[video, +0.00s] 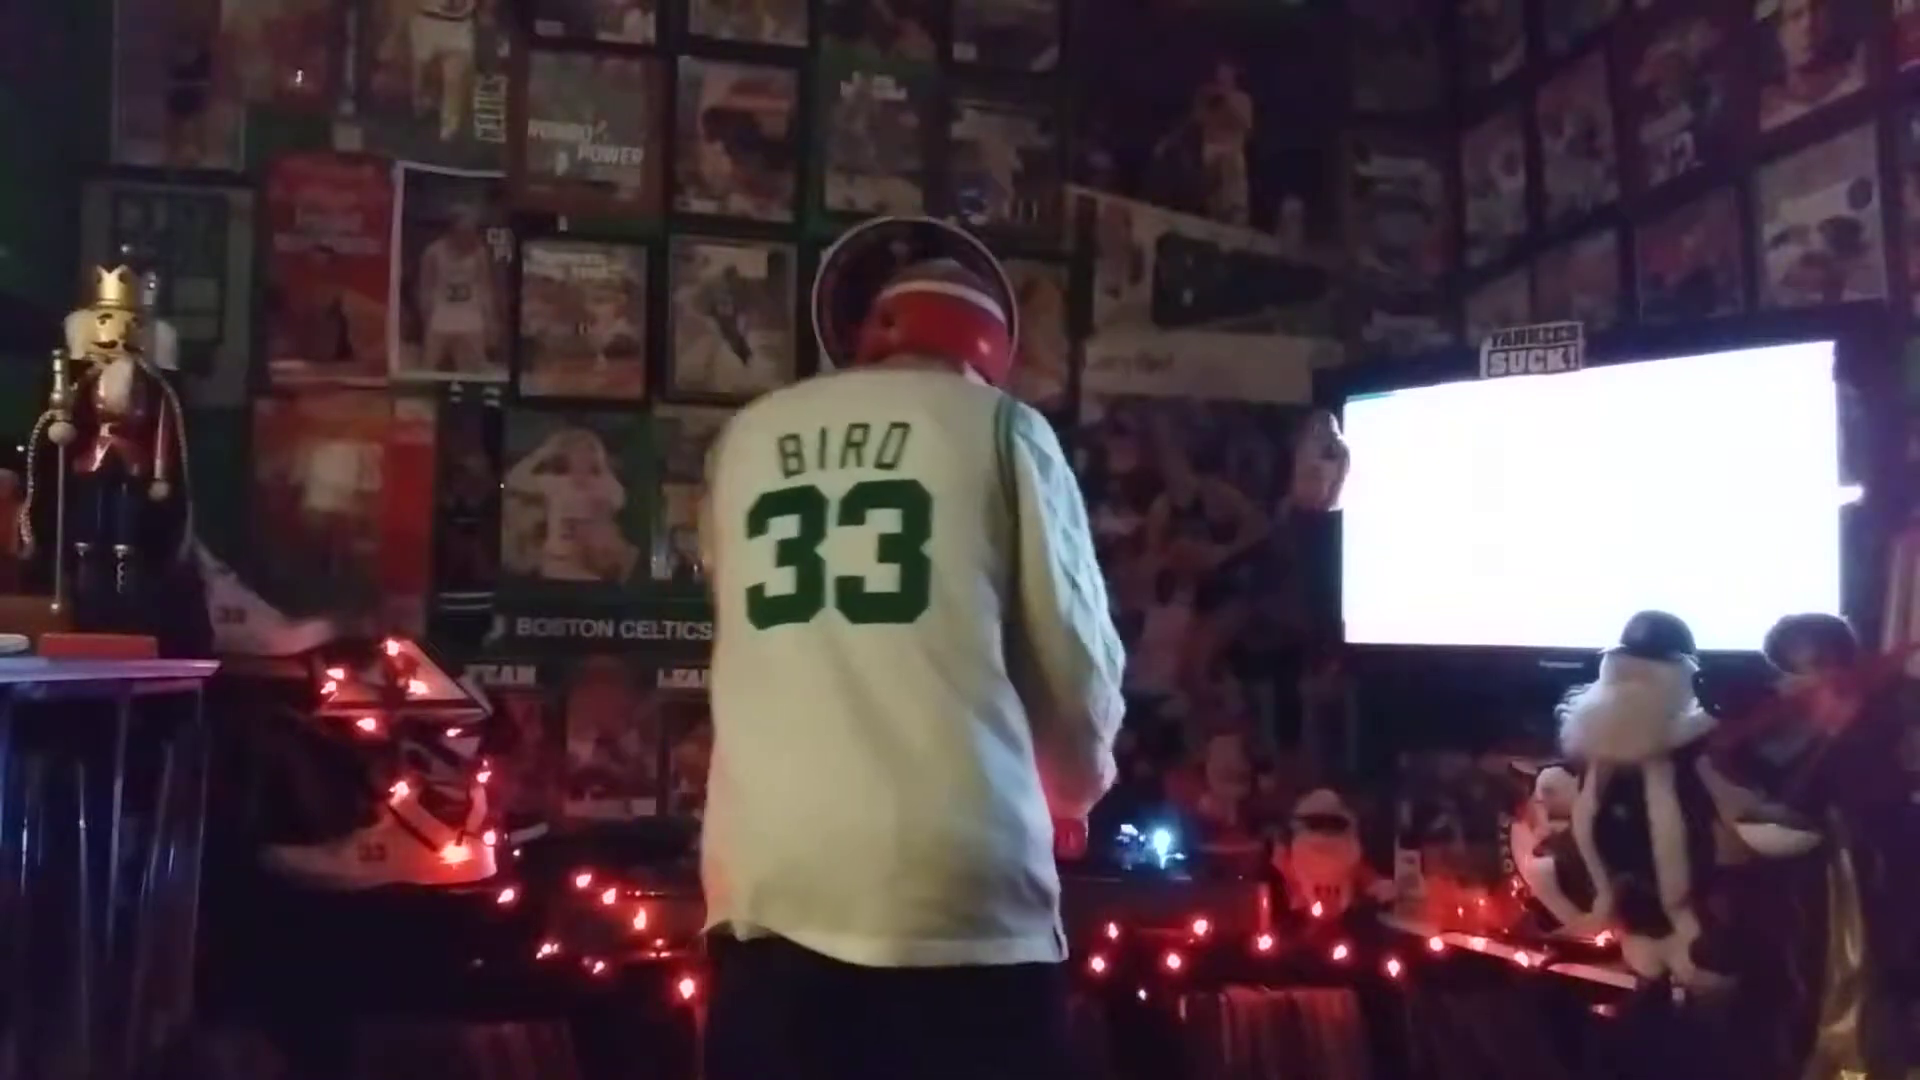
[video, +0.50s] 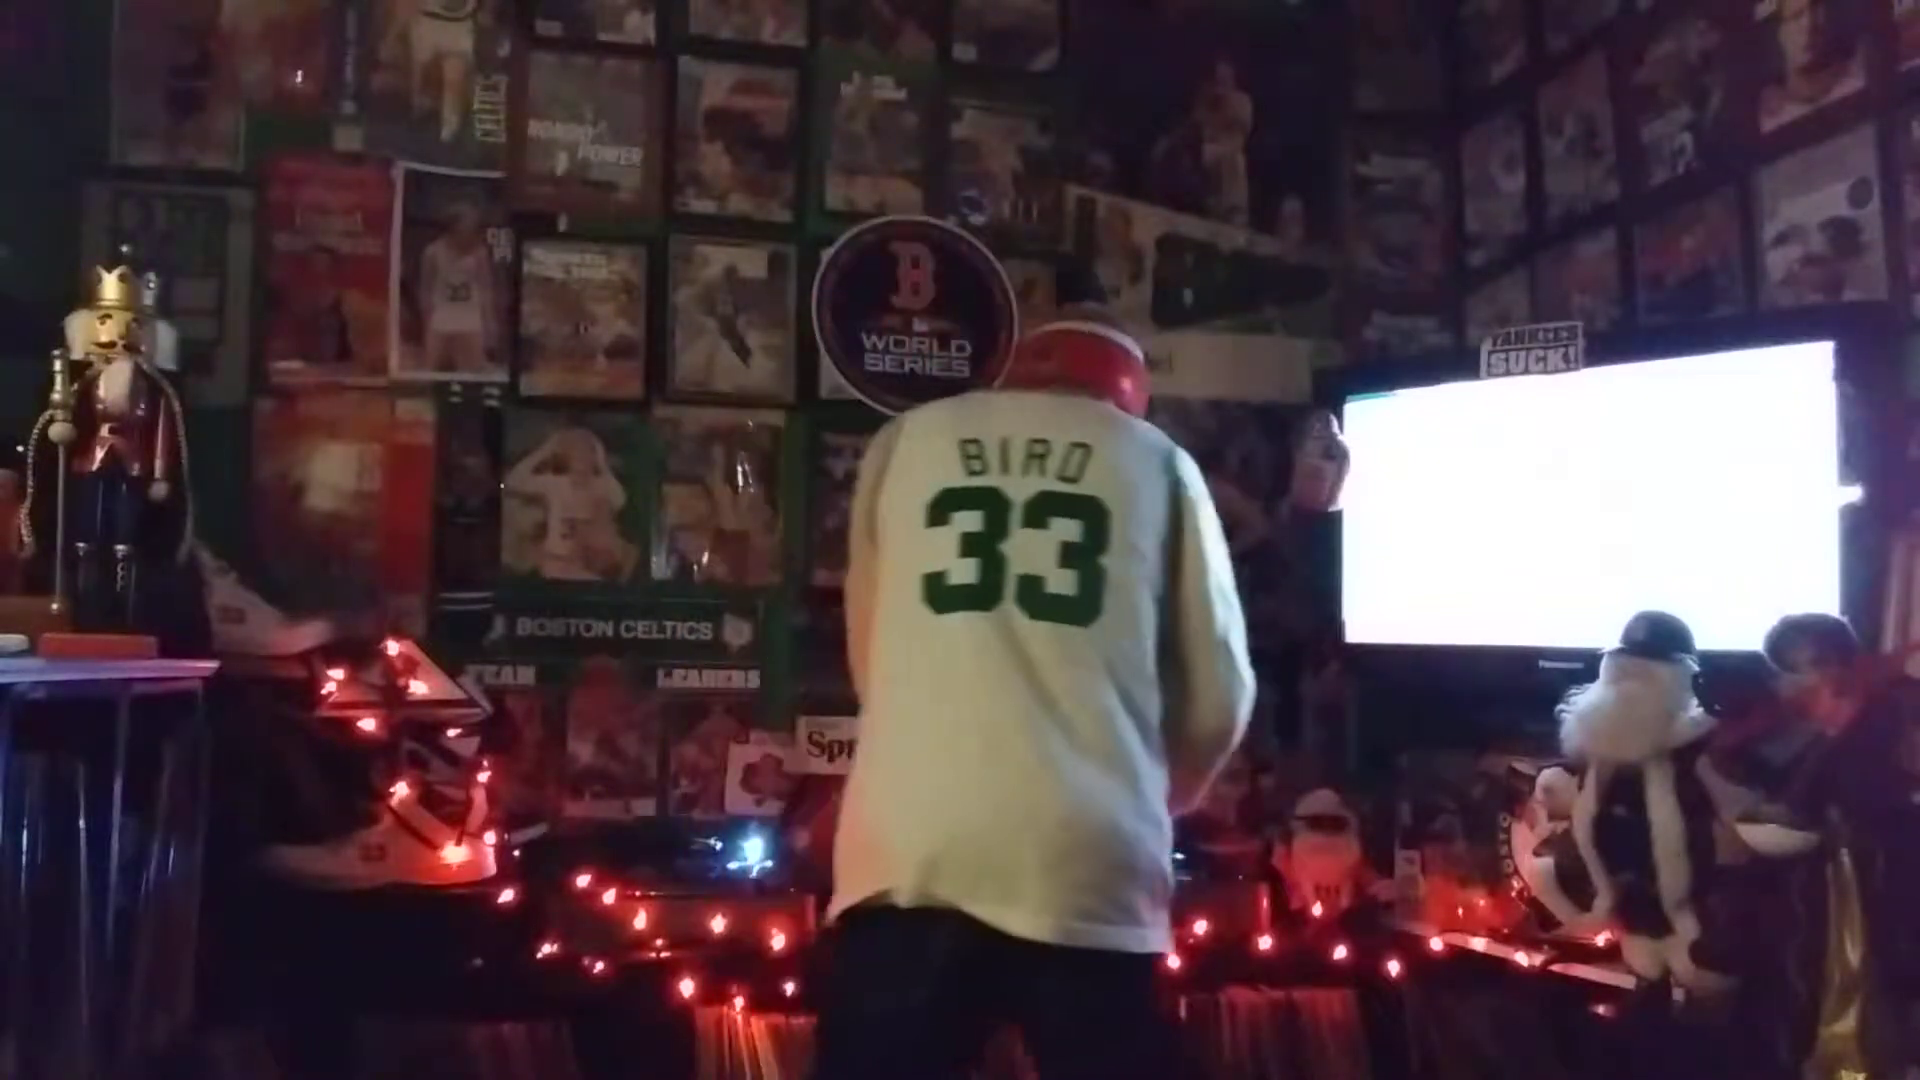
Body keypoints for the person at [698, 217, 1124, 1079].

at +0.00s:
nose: (999, 380)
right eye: (1001, 366)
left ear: (874, 330)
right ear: (989, 356)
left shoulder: (748, 434)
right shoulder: (1007, 429)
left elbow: (755, 645)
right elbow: (1079, 674)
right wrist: (1065, 802)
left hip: (772, 912)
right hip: (968, 914)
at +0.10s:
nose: (1032, 392)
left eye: (1030, 378)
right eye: (1028, 376)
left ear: (896, 355)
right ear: (1007, 365)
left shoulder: (779, 440)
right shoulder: (1033, 438)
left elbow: (780, 650)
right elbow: (1104, 680)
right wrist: (1062, 823)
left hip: (787, 903)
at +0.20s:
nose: (1061, 401)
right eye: (1060, 388)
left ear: (930, 362)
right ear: (1043, 380)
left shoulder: (812, 444)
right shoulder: (1067, 446)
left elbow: (815, 655)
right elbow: (1133, 684)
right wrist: (1078, 827)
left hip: (816, 906)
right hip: (1012, 915)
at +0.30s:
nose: (1092, 408)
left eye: (1091, 397)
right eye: (1091, 395)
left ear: (968, 363)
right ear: (1074, 385)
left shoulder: (842, 448)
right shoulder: (1100, 450)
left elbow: (844, 632)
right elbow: (1165, 691)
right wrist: (1096, 831)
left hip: (843, 885)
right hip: (1042, 885)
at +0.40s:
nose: (1124, 410)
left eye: (1121, 401)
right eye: (1122, 398)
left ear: (994, 369)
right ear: (1106, 389)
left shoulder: (878, 443)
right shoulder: (1134, 457)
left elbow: (857, 634)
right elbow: (1192, 699)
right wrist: (1116, 824)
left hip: (875, 871)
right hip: (1068, 878)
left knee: (851, 1065)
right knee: (1091, 1066)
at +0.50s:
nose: (1144, 413)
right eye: (1141, 402)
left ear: (1014, 370)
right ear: (1128, 396)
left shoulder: (903, 440)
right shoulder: (1159, 461)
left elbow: (868, 656)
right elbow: (1218, 699)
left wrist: (932, 767)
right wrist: (1140, 816)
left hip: (902, 859)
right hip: (1089, 871)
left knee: (873, 1065)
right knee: (1113, 1066)